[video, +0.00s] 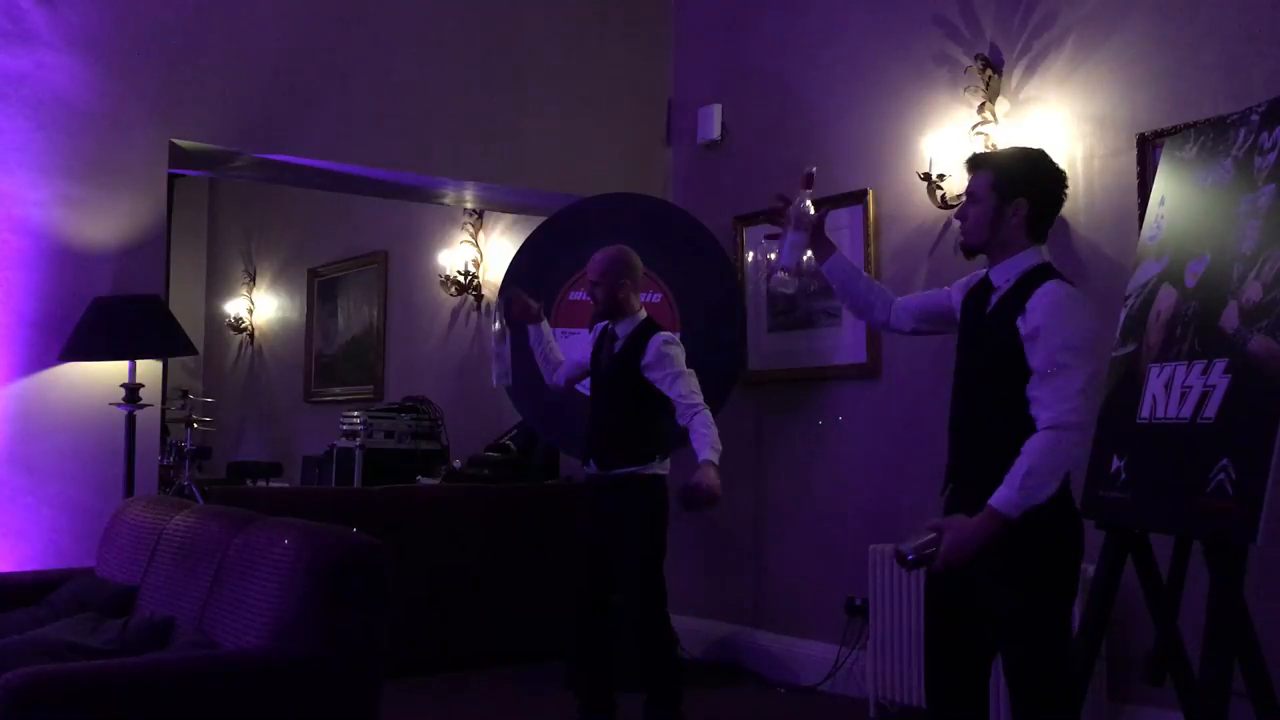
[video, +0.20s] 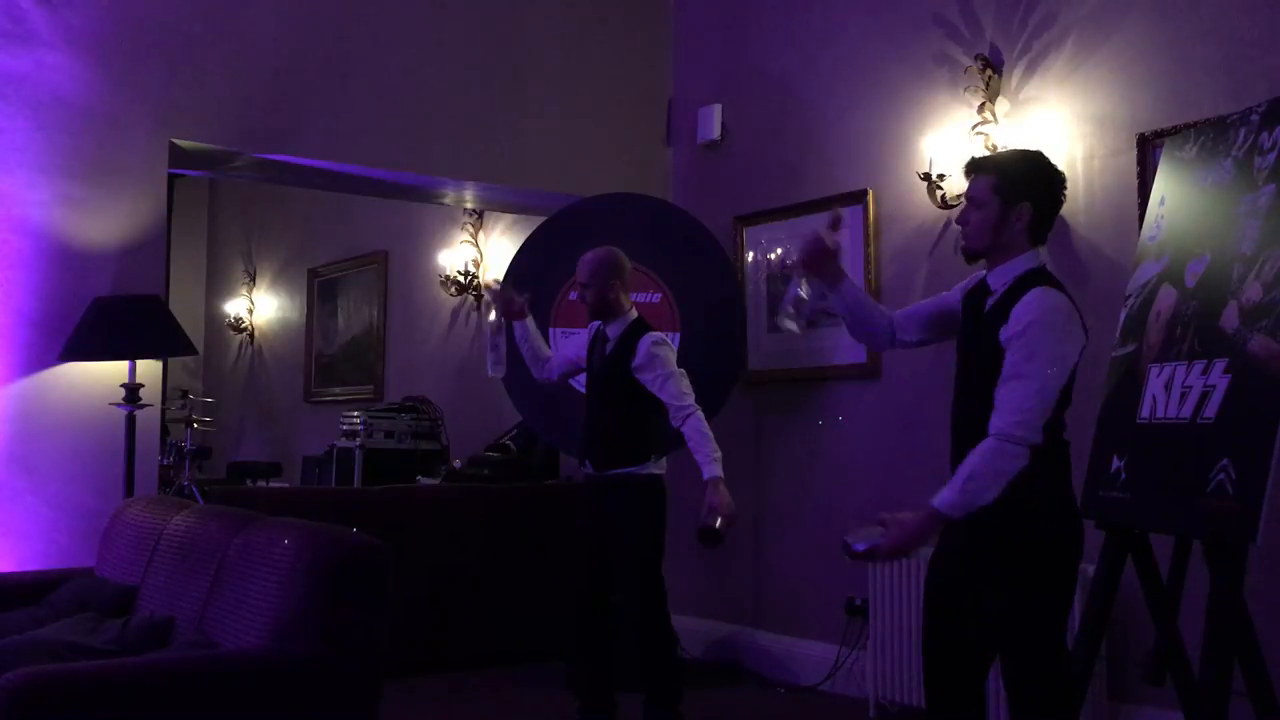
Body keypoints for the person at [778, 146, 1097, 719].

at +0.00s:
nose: (959, 209)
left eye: (972, 198)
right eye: (964, 196)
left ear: (1016, 212)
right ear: (1006, 214)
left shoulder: (1056, 304)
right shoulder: (976, 294)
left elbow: (1064, 432)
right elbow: (886, 309)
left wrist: (983, 520)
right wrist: (816, 241)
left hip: (1030, 530)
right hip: (967, 525)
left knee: (1040, 697)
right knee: (954, 690)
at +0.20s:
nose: (960, 214)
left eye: (975, 202)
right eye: (964, 201)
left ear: (1019, 217)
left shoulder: (1043, 308)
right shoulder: (979, 293)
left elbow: (1012, 437)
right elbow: (886, 329)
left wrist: (932, 515)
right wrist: (830, 277)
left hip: (1028, 516)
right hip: (974, 510)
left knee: (1035, 687)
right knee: (950, 681)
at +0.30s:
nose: (958, 219)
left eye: (973, 207)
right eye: (960, 205)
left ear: (1019, 218)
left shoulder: (1038, 308)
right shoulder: (976, 295)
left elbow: (991, 436)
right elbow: (885, 358)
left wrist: (895, 486)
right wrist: (868, 314)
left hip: (1030, 510)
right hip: (979, 504)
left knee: (1031, 675)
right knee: (949, 667)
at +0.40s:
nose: (954, 221)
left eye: (969, 208)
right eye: (956, 207)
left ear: (1014, 219)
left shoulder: (1034, 305)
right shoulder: (970, 292)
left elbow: (997, 432)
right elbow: (915, 385)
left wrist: (897, 433)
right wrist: (923, 357)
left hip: (1030, 507)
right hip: (978, 499)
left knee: (1034, 677)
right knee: (948, 667)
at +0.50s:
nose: (953, 218)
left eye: (968, 206)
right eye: (954, 205)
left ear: (1013, 215)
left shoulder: (1040, 300)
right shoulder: (960, 294)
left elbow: (1041, 428)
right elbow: (926, 381)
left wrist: (959, 444)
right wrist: (929, 420)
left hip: (1033, 503)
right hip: (973, 497)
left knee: (1038, 677)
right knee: (948, 667)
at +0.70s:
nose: (962, 210)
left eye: (979, 199)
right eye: (962, 199)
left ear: (1024, 210)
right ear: (959, 207)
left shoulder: (1057, 296)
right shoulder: (949, 303)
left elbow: (1097, 412)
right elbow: (923, 401)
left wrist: (993, 408)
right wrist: (888, 488)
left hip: (1041, 516)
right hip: (969, 513)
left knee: (1046, 689)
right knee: (953, 685)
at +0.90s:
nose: (960, 220)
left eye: (975, 206)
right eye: (961, 207)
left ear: (1021, 214)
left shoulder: (1062, 304)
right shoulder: (970, 299)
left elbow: (1027, 419)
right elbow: (914, 384)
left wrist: (934, 391)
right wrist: (841, 437)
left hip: (1041, 515)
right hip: (975, 510)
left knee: (1046, 689)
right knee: (954, 682)